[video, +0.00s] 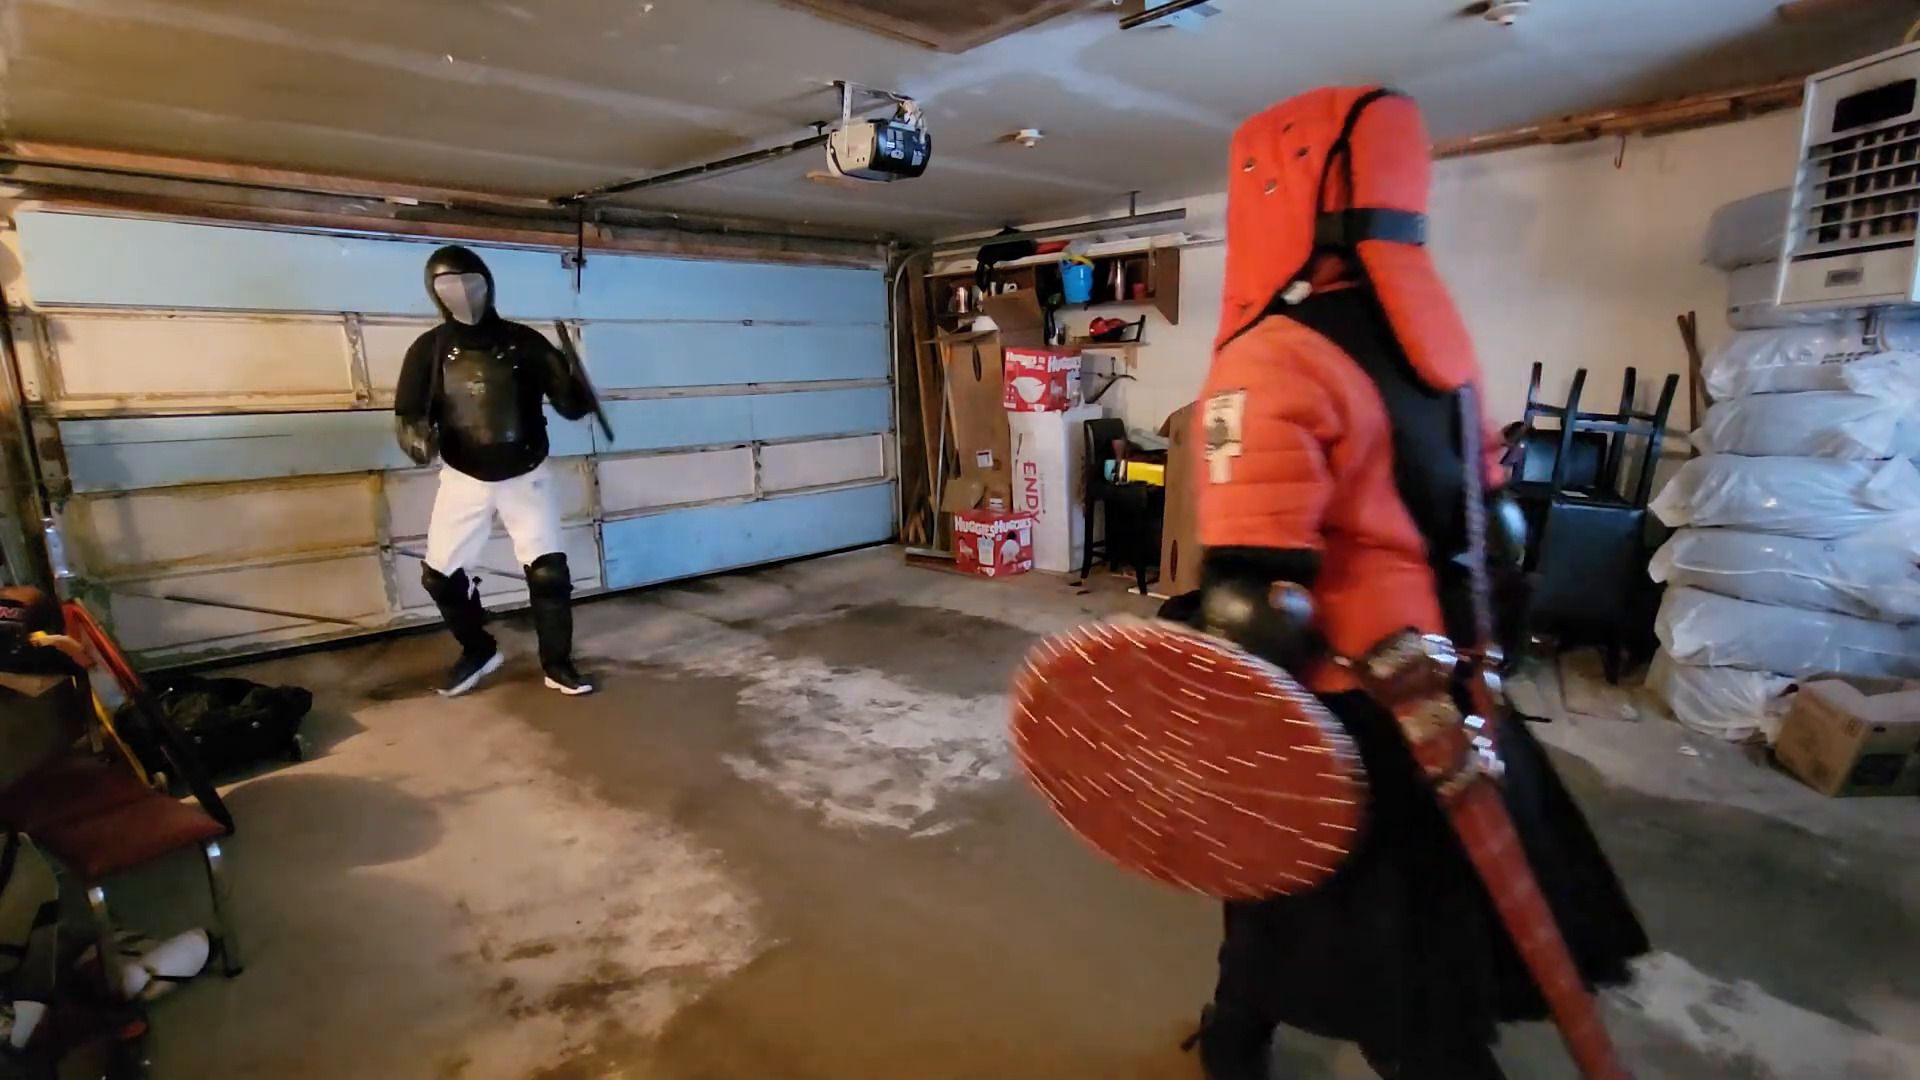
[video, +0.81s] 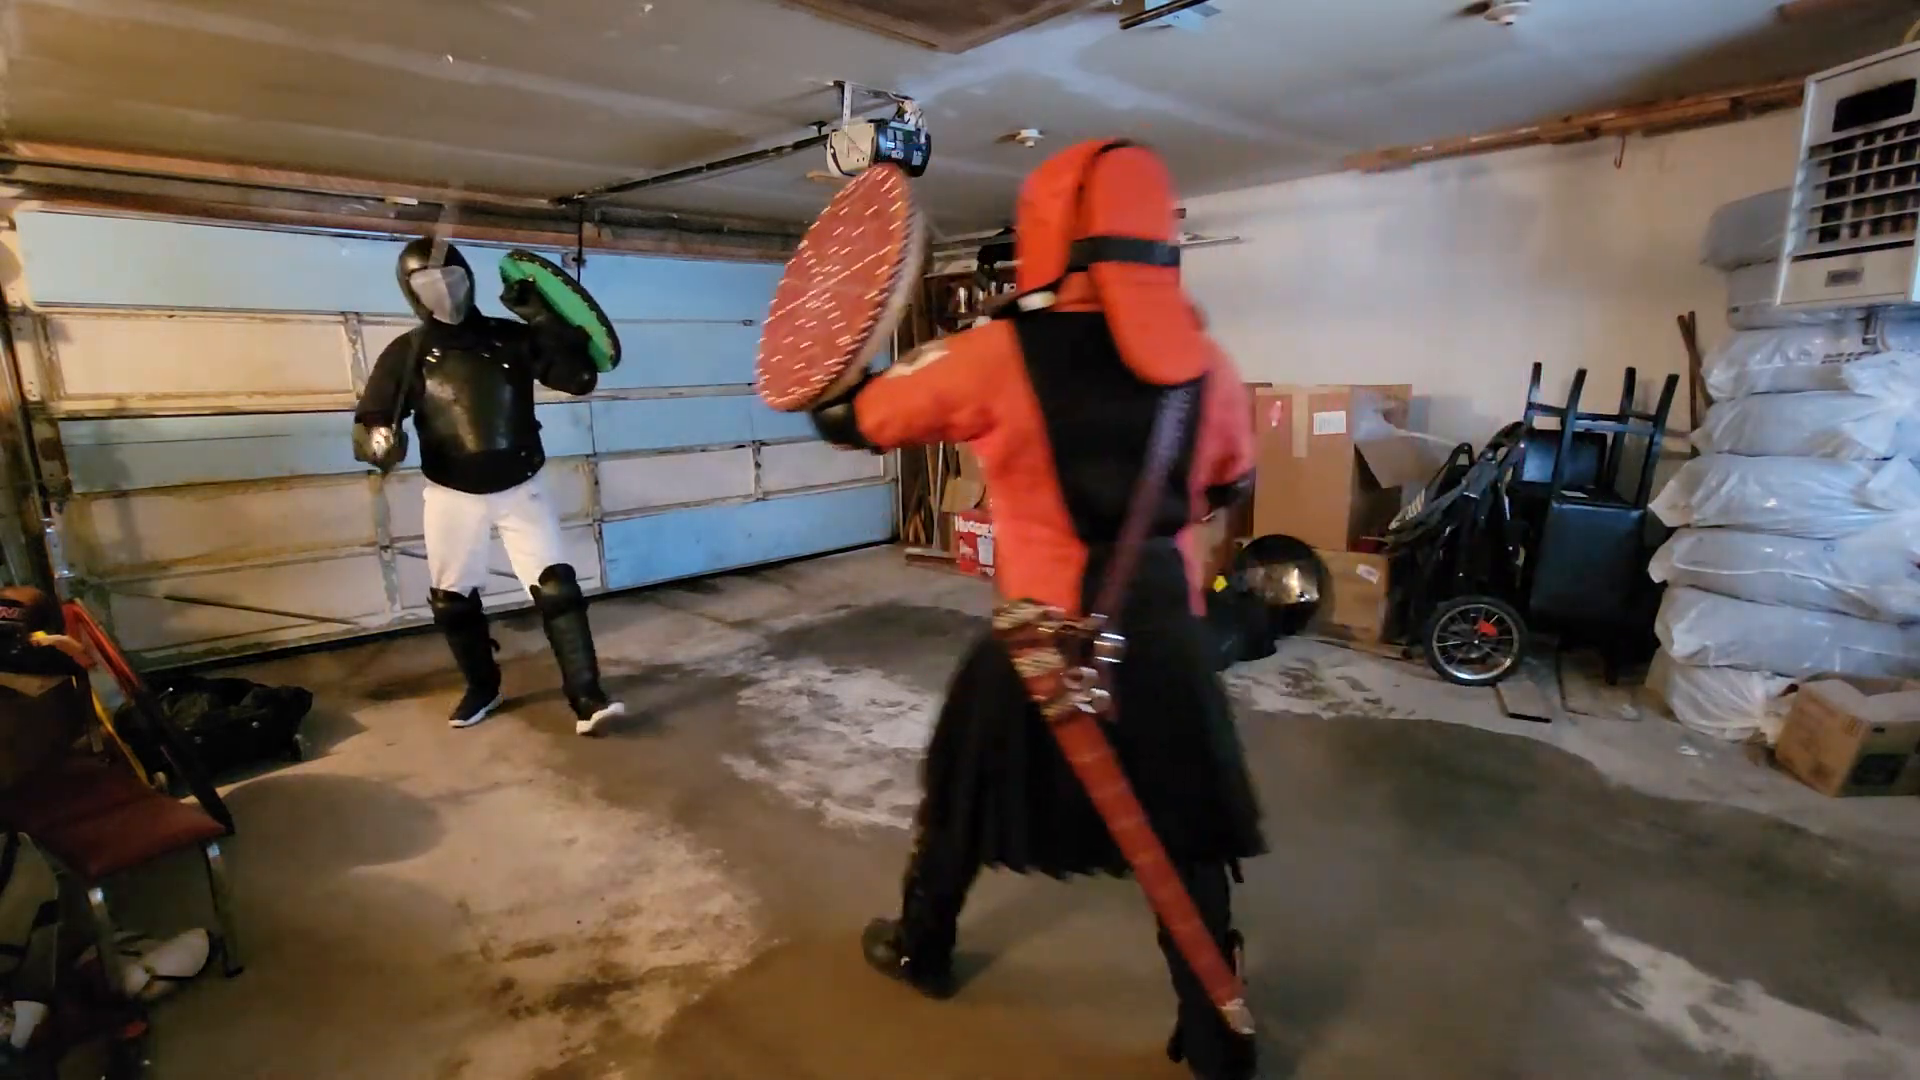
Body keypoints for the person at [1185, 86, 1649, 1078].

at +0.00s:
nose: (1402, 202)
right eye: (1389, 183)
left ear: (1280, 196)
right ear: (1390, 193)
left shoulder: (1270, 364)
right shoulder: (1433, 342)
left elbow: (1252, 611)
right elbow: (1496, 521)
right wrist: (1485, 661)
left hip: (1341, 724)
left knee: (1274, 909)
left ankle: (1234, 1040)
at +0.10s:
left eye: (1220, 198)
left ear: (1256, 202)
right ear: (1358, 199)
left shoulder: (1241, 358)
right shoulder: (1399, 340)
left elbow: (1189, 591)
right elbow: (1447, 501)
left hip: (1308, 706)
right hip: (1407, 684)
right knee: (1275, 886)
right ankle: (1233, 1033)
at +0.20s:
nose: (1193, 212)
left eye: (1206, 193)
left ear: (1232, 197)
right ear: (1347, 196)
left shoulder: (1218, 351)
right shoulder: (1386, 337)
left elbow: (1121, 556)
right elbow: (1412, 493)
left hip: (1264, 687)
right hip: (1387, 676)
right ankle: (1232, 1035)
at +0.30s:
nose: (1179, 212)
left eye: (1188, 192)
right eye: (1187, 192)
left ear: (1219, 197)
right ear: (1335, 194)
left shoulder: (1203, 334)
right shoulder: (1373, 334)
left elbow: (1091, 498)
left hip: (1243, 677)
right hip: (1363, 668)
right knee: (1308, 859)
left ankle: (1251, 1039)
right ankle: (1234, 1012)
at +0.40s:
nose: (1166, 206)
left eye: (1175, 187)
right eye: (1171, 186)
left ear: (1209, 190)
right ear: (1305, 187)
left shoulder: (1180, 328)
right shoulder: (1356, 328)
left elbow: (1040, 457)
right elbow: (1343, 461)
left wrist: (973, 467)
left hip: (1198, 656)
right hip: (1323, 653)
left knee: (1114, 845)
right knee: (1256, 862)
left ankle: (1136, 1034)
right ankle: (1236, 1043)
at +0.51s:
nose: (1140, 210)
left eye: (1151, 192)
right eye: (1145, 192)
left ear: (1181, 198)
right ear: (1273, 195)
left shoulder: (1146, 329)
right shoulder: (1332, 333)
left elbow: (1004, 423)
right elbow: (1325, 493)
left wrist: (949, 400)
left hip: (1164, 642)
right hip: (1288, 642)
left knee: (1070, 817)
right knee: (1242, 848)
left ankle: (1025, 1003)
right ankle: (1232, 1038)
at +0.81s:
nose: (1023, 245)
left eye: (1034, 230)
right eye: (1031, 228)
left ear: (1053, 238)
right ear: (1155, 240)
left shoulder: (1003, 353)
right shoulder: (1202, 366)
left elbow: (880, 415)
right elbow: (1228, 481)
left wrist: (834, 396)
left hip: (1040, 638)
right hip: (1159, 635)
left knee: (962, 784)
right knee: (1186, 835)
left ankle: (924, 941)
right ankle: (1215, 1033)